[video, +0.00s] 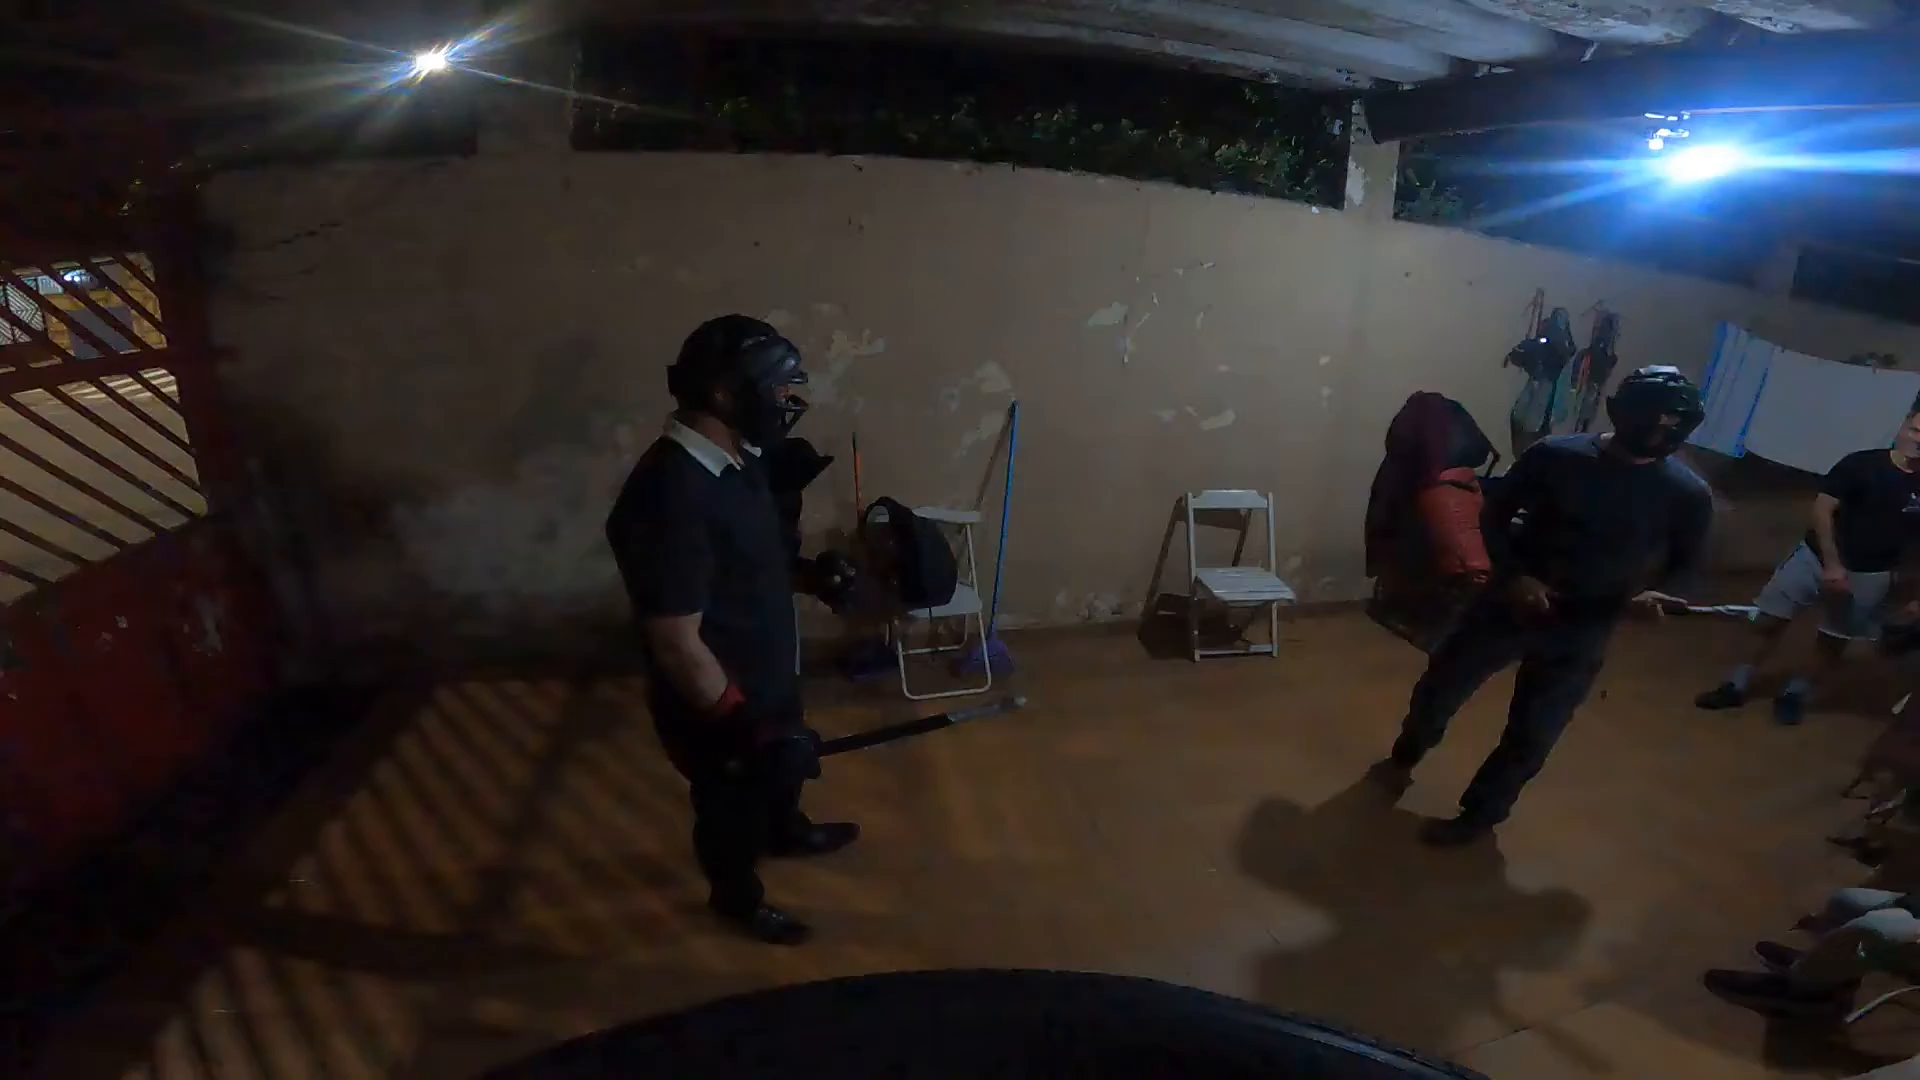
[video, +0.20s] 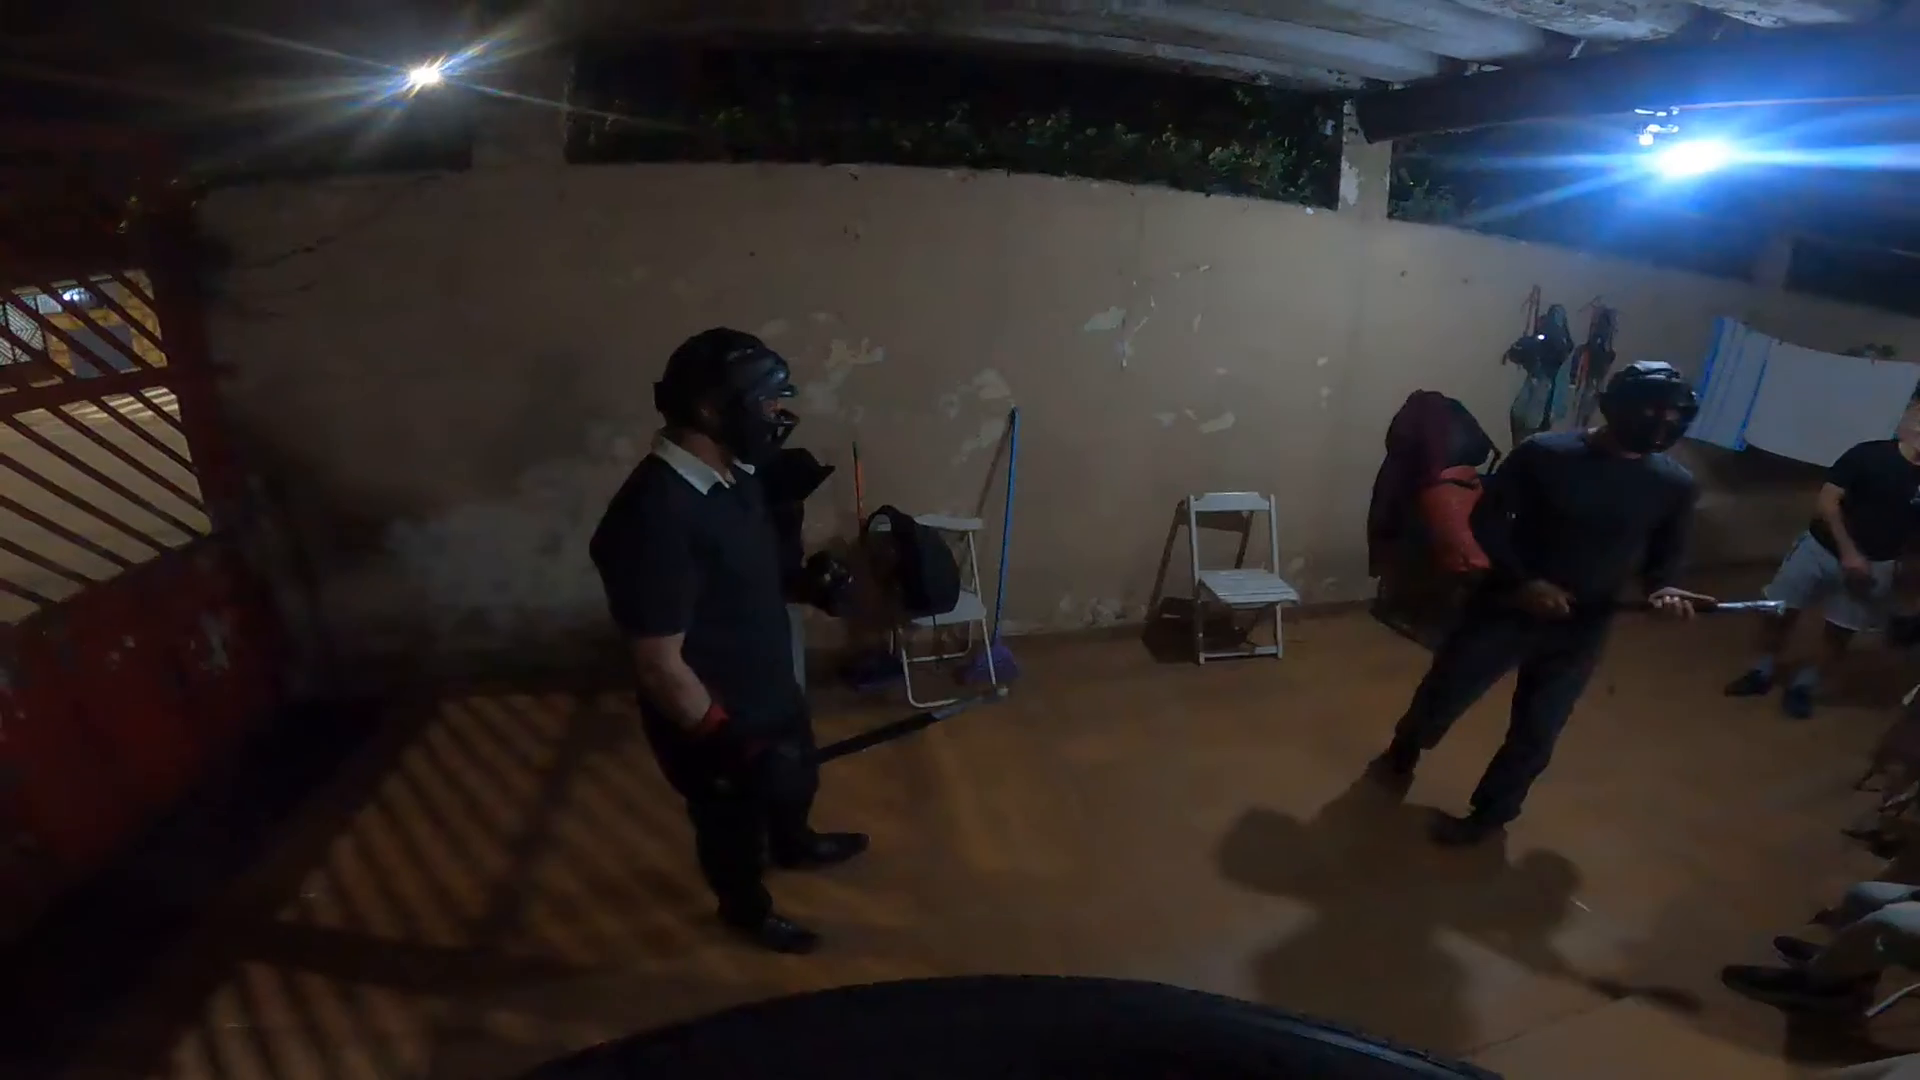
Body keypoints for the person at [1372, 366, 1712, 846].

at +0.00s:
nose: (1663, 425)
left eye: (1675, 417)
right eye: (1653, 412)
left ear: (1683, 428)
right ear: (1622, 409)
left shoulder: (1688, 498)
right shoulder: (1554, 457)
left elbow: (1689, 575)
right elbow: (1493, 512)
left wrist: (1664, 598)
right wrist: (1512, 574)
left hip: (1582, 633)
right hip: (1512, 605)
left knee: (1530, 739)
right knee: (1439, 686)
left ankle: (1476, 820)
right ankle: (1409, 750)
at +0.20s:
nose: (1662, 423)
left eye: (1672, 414)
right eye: (1650, 409)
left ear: (1679, 422)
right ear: (1617, 408)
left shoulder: (1672, 487)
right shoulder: (1544, 455)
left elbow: (1663, 562)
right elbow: (1484, 520)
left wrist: (1663, 589)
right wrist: (1521, 581)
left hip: (1579, 629)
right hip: (1507, 607)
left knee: (1534, 736)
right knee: (1444, 692)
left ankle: (1486, 820)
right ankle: (1398, 761)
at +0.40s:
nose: (1617, 416)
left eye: (1623, 406)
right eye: (1607, 404)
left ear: (1625, 412)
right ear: (1573, 403)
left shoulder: (1626, 479)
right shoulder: (1504, 452)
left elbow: (1624, 546)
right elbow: (1452, 516)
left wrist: (1623, 575)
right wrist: (1492, 571)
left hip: (1550, 622)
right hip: (1479, 604)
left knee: (1520, 729)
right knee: (1428, 683)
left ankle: (1484, 814)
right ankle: (1393, 749)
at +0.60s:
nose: (1527, 424)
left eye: (1539, 411)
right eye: (1522, 407)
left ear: (1555, 410)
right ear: (1503, 398)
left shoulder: (1570, 462)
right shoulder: (1455, 442)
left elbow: (1586, 525)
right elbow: (1411, 508)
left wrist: (1567, 553)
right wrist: (1435, 555)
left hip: (1510, 596)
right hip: (1442, 585)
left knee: (1490, 705)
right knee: (1407, 670)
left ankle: (1469, 802)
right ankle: (1383, 743)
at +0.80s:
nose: (1485, 387)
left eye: (1497, 377)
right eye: (1476, 375)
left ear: (1514, 385)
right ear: (1457, 379)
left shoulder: (1540, 449)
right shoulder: (1425, 435)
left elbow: (1560, 518)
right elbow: (1386, 498)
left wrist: (1523, 542)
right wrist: (1404, 546)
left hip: (1488, 580)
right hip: (1423, 569)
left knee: (1472, 697)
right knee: (1391, 659)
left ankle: (1447, 791)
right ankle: (1373, 737)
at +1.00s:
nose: (1434, 405)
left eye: (1442, 396)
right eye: (1430, 396)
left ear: (1467, 389)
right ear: (1423, 390)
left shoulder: (1508, 436)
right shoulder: (1402, 427)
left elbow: (1539, 503)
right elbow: (1373, 488)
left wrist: (1489, 531)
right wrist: (1379, 536)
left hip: (1465, 572)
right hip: (1402, 562)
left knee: (1454, 676)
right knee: (1375, 652)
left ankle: (1439, 761)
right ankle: (1360, 728)